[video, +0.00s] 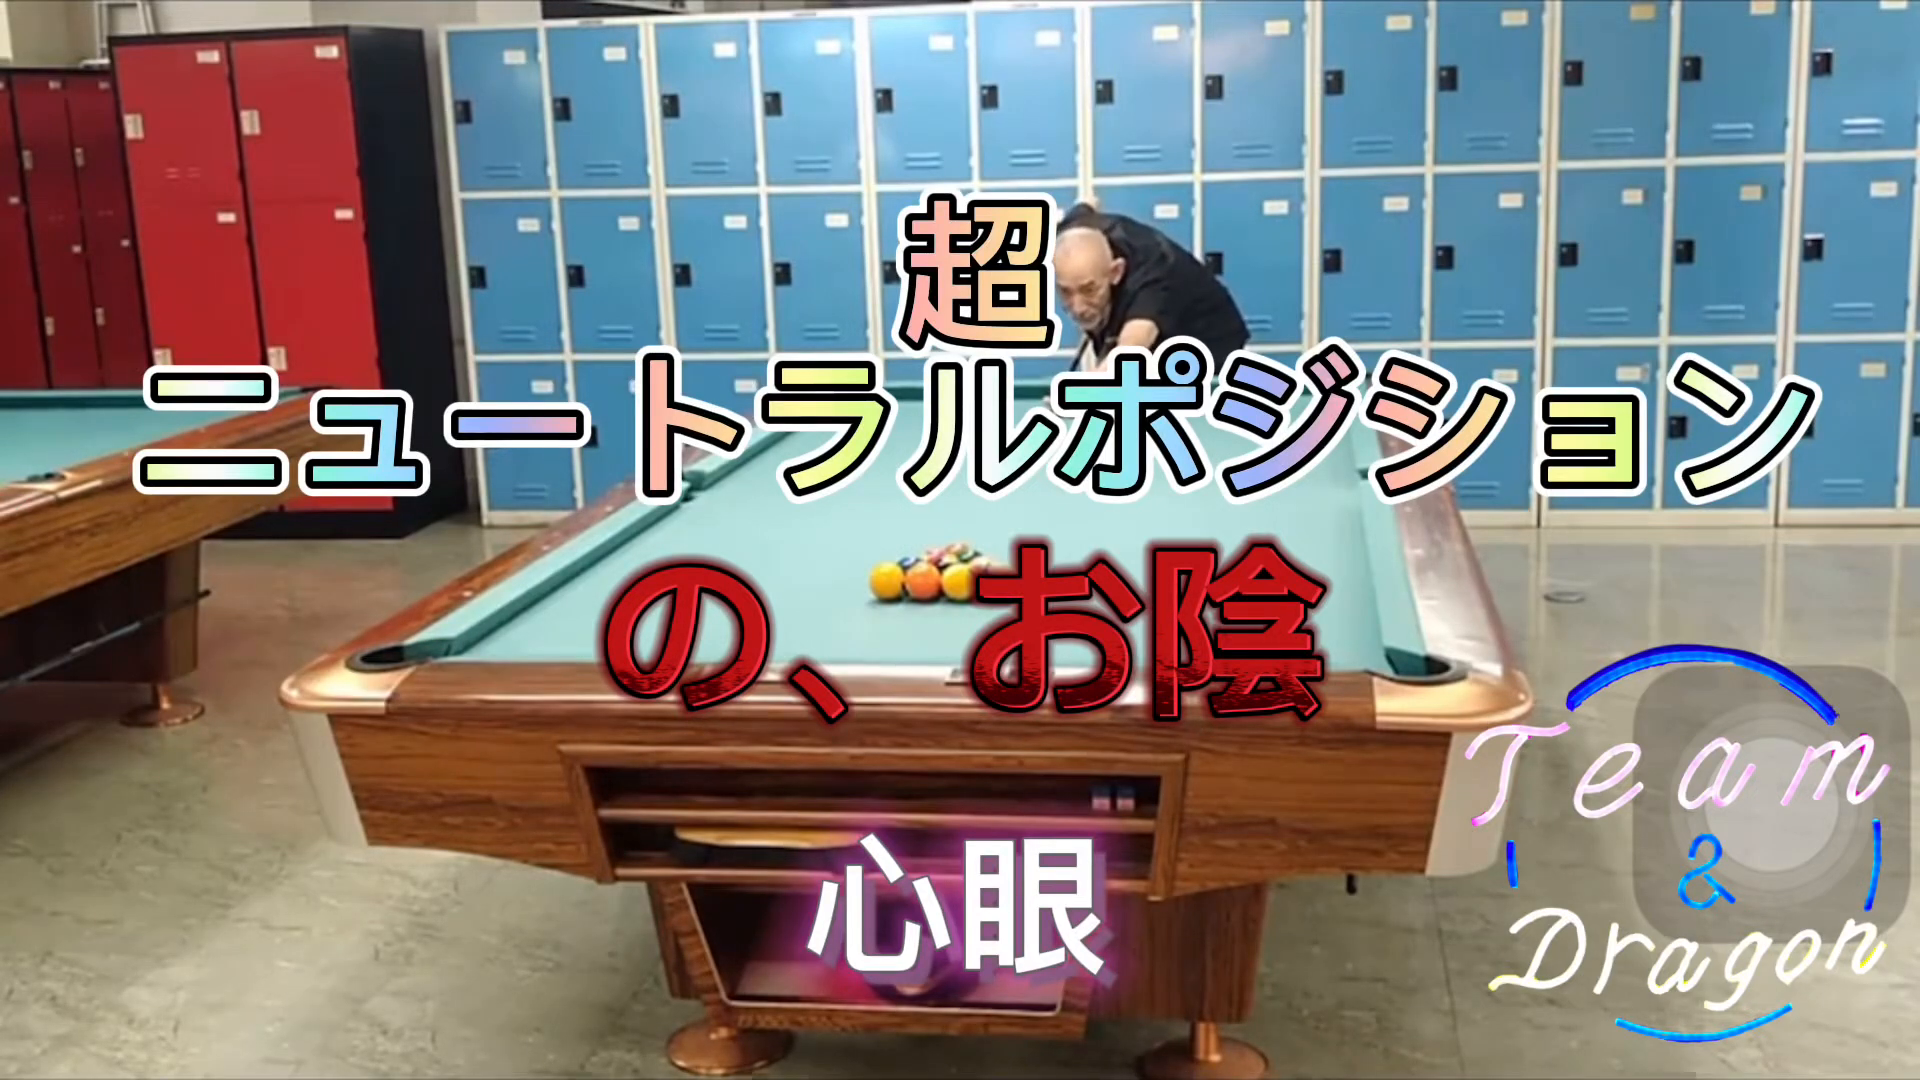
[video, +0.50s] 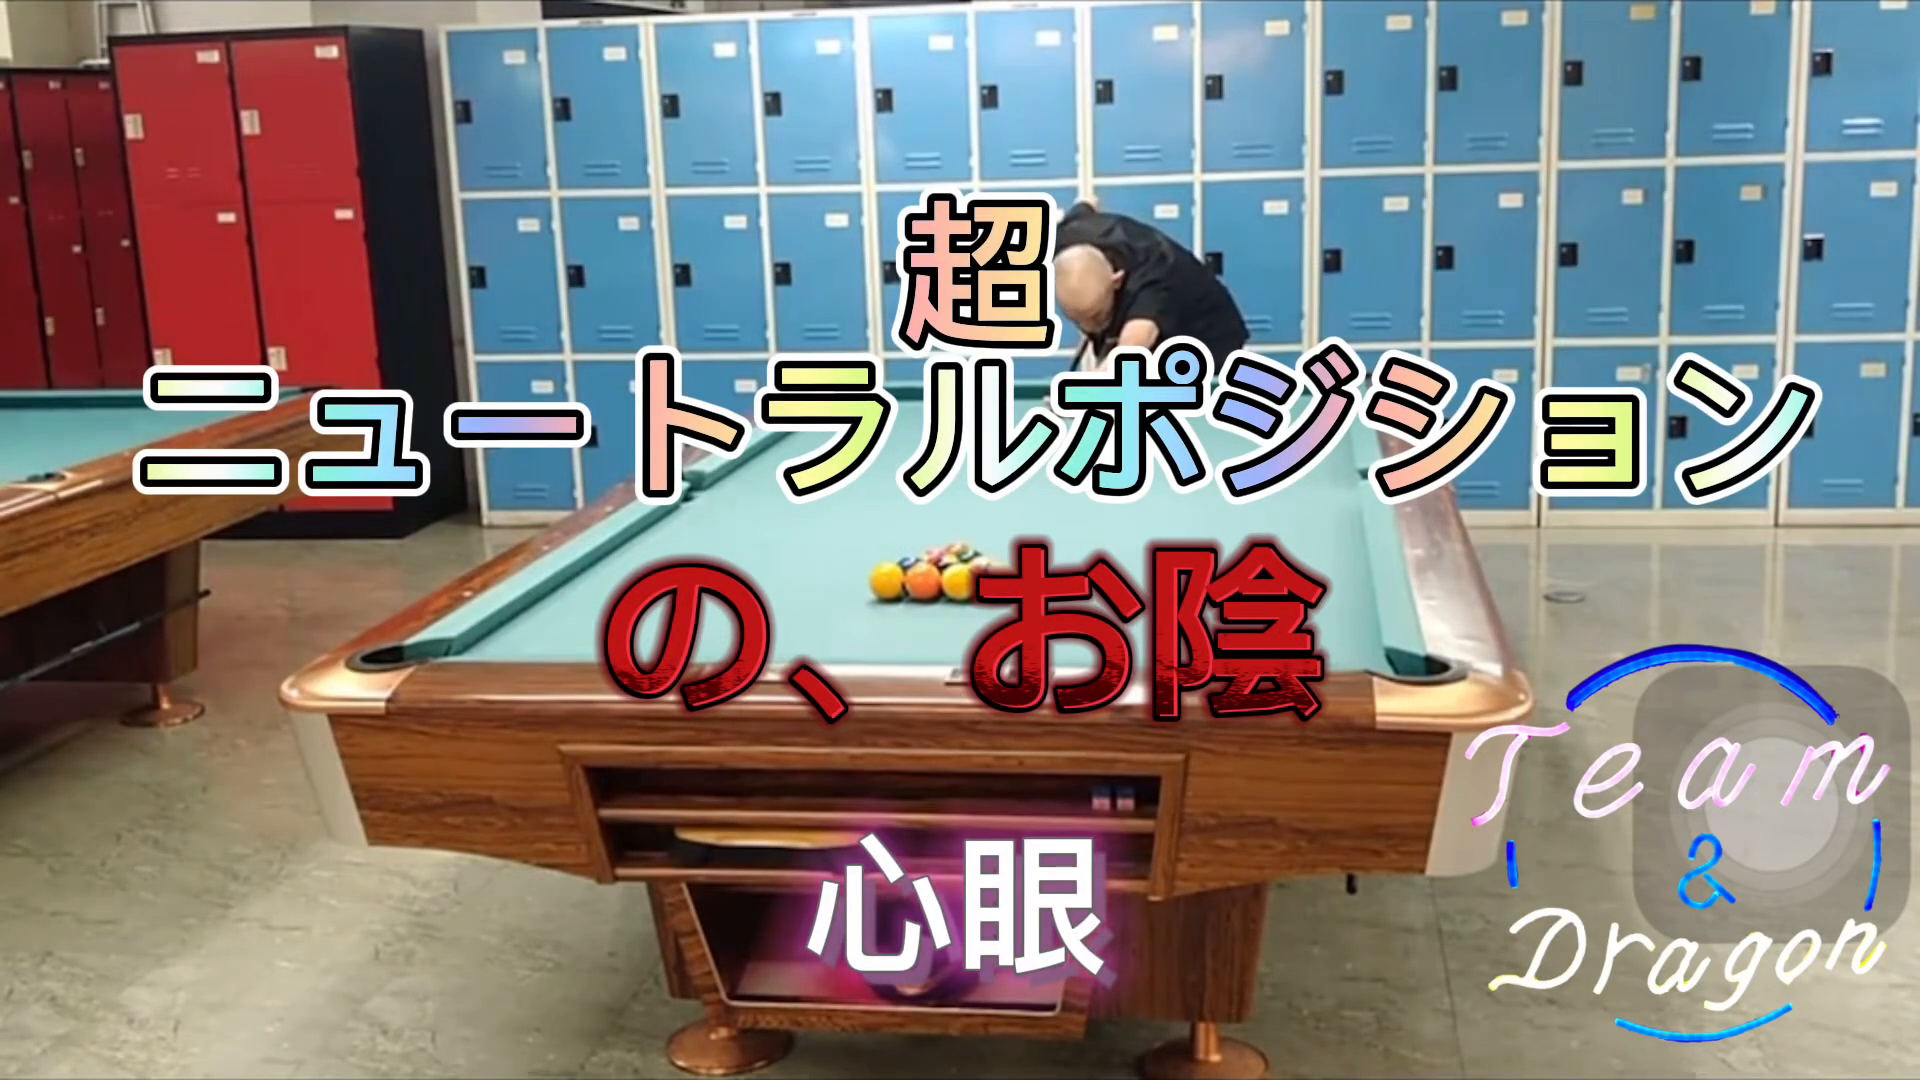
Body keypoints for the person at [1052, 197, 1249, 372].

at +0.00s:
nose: (1077, 307)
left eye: (1089, 290)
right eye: (1065, 292)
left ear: (1116, 272)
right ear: (1056, 281)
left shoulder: (1153, 277)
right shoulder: (1076, 233)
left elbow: (1129, 352)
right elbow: (1084, 207)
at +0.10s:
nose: (1078, 308)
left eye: (1089, 291)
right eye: (1066, 294)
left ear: (1116, 272)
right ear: (1057, 284)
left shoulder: (1152, 276)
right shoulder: (1075, 234)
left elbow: (1130, 350)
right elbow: (1083, 210)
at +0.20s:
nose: (1080, 313)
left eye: (1089, 298)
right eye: (1068, 301)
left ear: (1116, 275)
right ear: (1057, 286)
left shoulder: (1153, 273)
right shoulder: (1073, 236)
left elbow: (1131, 350)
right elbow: (1082, 210)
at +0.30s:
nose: (1082, 319)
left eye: (1091, 306)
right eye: (1071, 308)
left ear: (1116, 278)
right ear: (1059, 289)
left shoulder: (1152, 274)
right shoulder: (1067, 237)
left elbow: (1131, 349)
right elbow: (1085, 208)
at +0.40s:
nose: (1085, 325)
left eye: (1093, 312)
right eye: (1073, 316)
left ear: (1116, 279)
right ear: (1059, 290)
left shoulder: (1151, 275)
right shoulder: (1063, 238)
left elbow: (1130, 351)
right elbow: (1086, 207)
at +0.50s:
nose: (1090, 329)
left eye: (1097, 318)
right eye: (1078, 322)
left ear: (1116, 281)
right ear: (1060, 291)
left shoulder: (1152, 275)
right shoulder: (1065, 237)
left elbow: (1130, 350)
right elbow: (1086, 204)